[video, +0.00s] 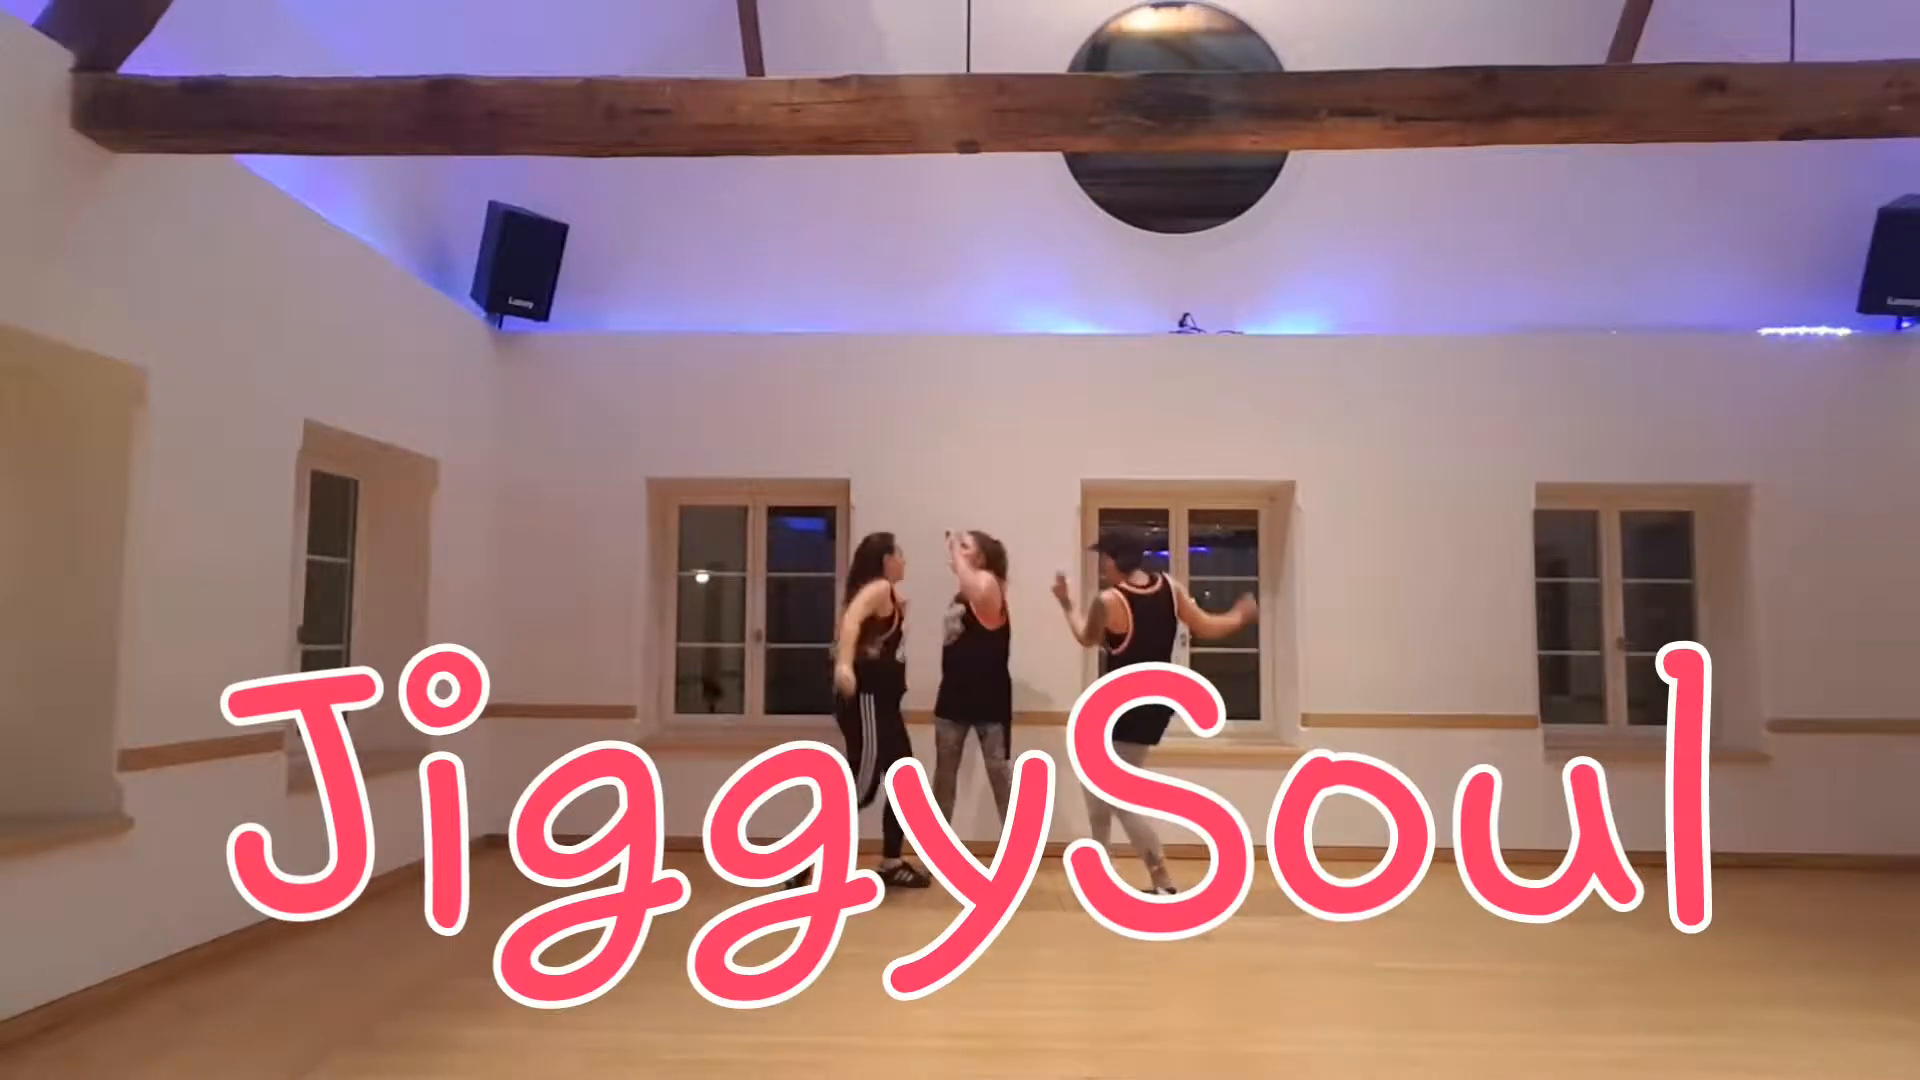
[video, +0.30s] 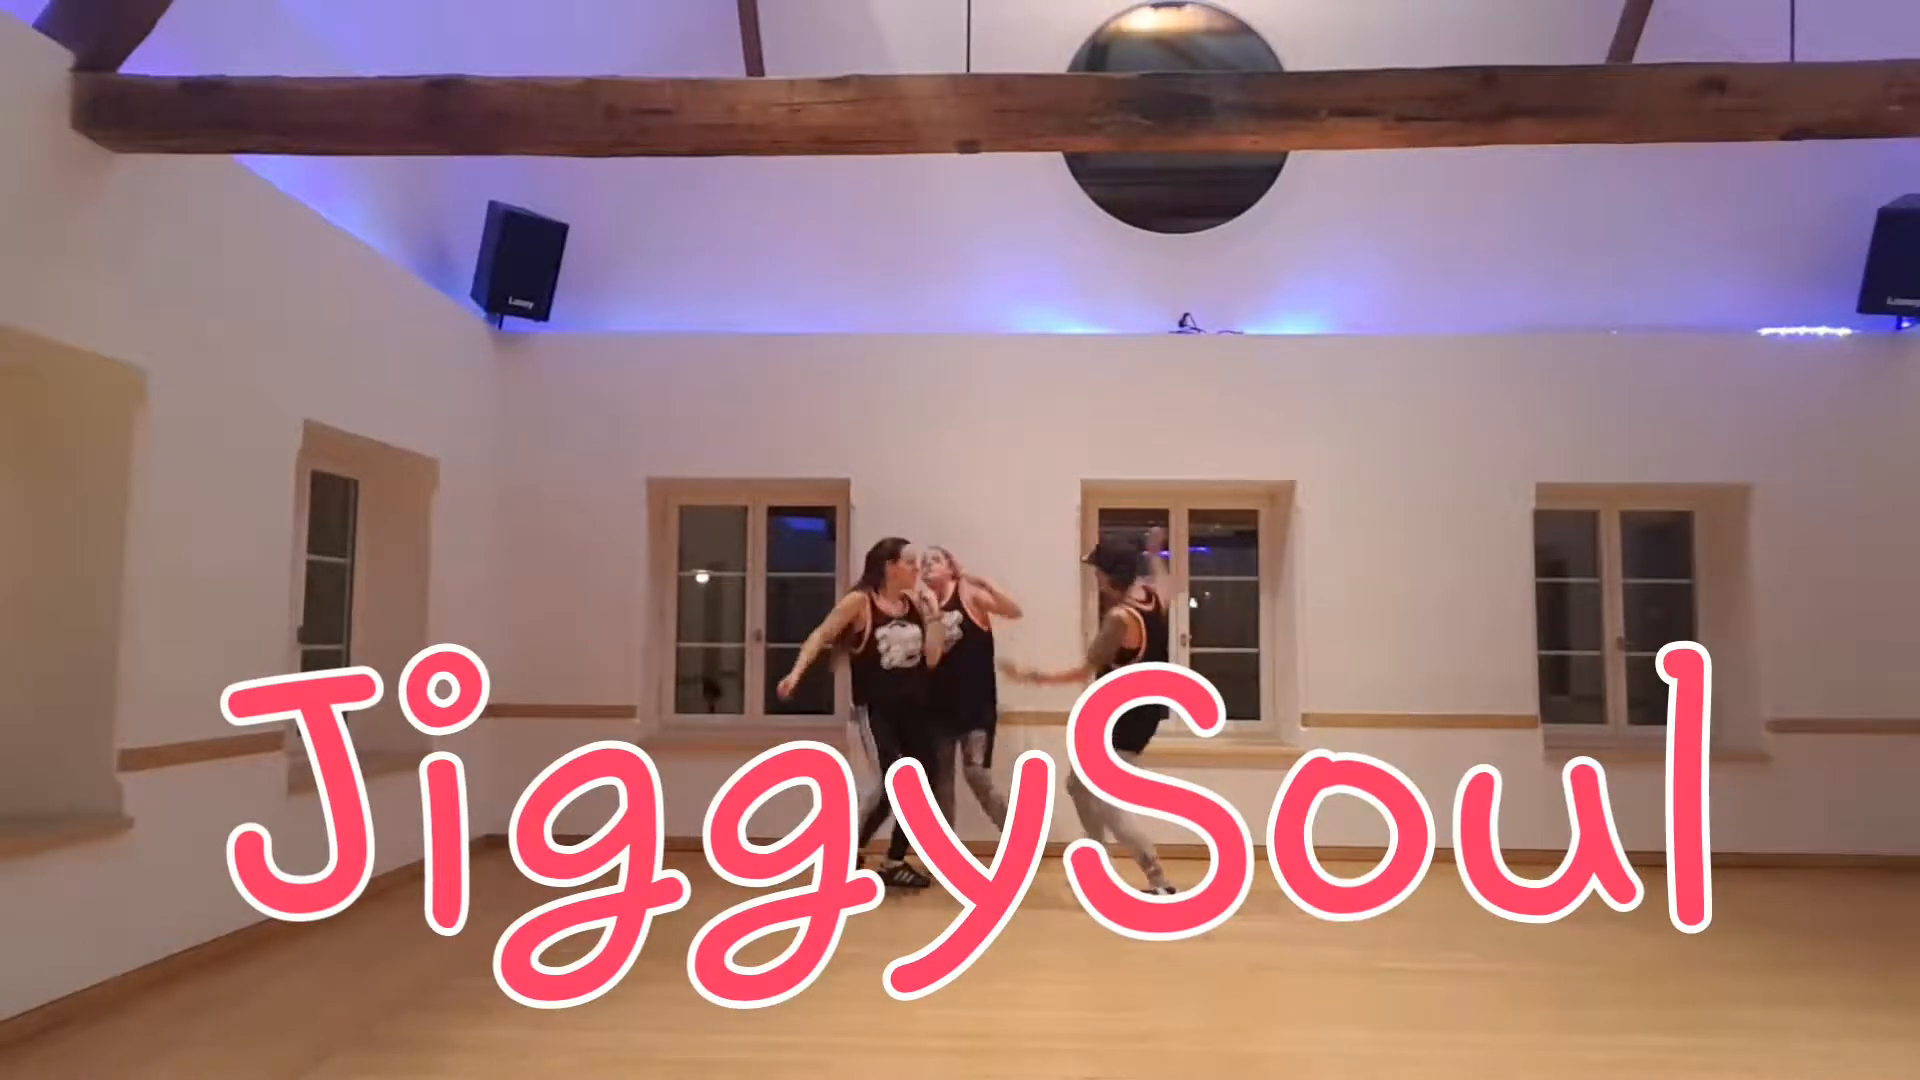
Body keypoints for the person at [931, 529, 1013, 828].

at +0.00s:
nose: (957, 553)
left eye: (966, 547)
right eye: (957, 547)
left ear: (983, 554)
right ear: (959, 554)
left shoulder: (990, 582)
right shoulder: (963, 590)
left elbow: (977, 590)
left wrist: (955, 554)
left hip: (989, 690)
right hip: (954, 689)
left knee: (999, 769)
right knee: (945, 767)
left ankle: (1016, 840)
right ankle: (938, 839)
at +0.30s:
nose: (928, 567)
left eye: (935, 561)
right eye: (924, 563)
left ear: (951, 566)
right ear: (922, 572)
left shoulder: (969, 593)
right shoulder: (925, 605)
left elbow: (1013, 611)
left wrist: (986, 586)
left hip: (976, 696)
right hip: (939, 697)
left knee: (976, 771)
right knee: (941, 778)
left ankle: (1014, 834)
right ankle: (944, 846)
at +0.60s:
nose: (942, 561)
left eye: (938, 556)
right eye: (933, 562)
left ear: (943, 562)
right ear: (925, 576)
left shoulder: (965, 588)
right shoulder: (921, 603)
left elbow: (986, 634)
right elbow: (911, 657)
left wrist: (1010, 612)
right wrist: (951, 661)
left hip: (979, 693)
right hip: (940, 697)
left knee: (996, 769)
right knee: (944, 776)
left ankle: (1004, 842)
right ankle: (944, 846)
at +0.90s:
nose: (968, 574)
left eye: (966, 568)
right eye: (961, 570)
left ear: (961, 574)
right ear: (943, 578)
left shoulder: (967, 599)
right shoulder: (941, 614)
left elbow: (978, 624)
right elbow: (928, 664)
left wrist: (996, 599)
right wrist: (972, 674)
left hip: (987, 699)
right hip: (955, 706)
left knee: (1004, 768)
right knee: (965, 774)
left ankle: (997, 843)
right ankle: (959, 849)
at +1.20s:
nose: (990, 581)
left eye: (993, 574)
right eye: (983, 574)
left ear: (997, 570)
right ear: (966, 570)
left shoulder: (991, 594)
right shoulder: (955, 603)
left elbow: (1009, 615)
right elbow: (932, 649)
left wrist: (1022, 581)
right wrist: (967, 681)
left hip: (994, 693)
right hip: (959, 697)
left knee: (1016, 764)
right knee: (956, 768)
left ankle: (1019, 835)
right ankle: (941, 841)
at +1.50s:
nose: (1018, 588)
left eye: (1023, 582)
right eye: (1013, 581)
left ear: (1029, 579)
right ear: (998, 576)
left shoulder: (1031, 605)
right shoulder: (976, 606)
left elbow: (1053, 640)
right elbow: (943, 638)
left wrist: (1068, 621)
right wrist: (938, 677)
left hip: (1023, 698)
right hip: (984, 700)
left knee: (1038, 770)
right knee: (986, 772)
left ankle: (1032, 844)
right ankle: (952, 841)